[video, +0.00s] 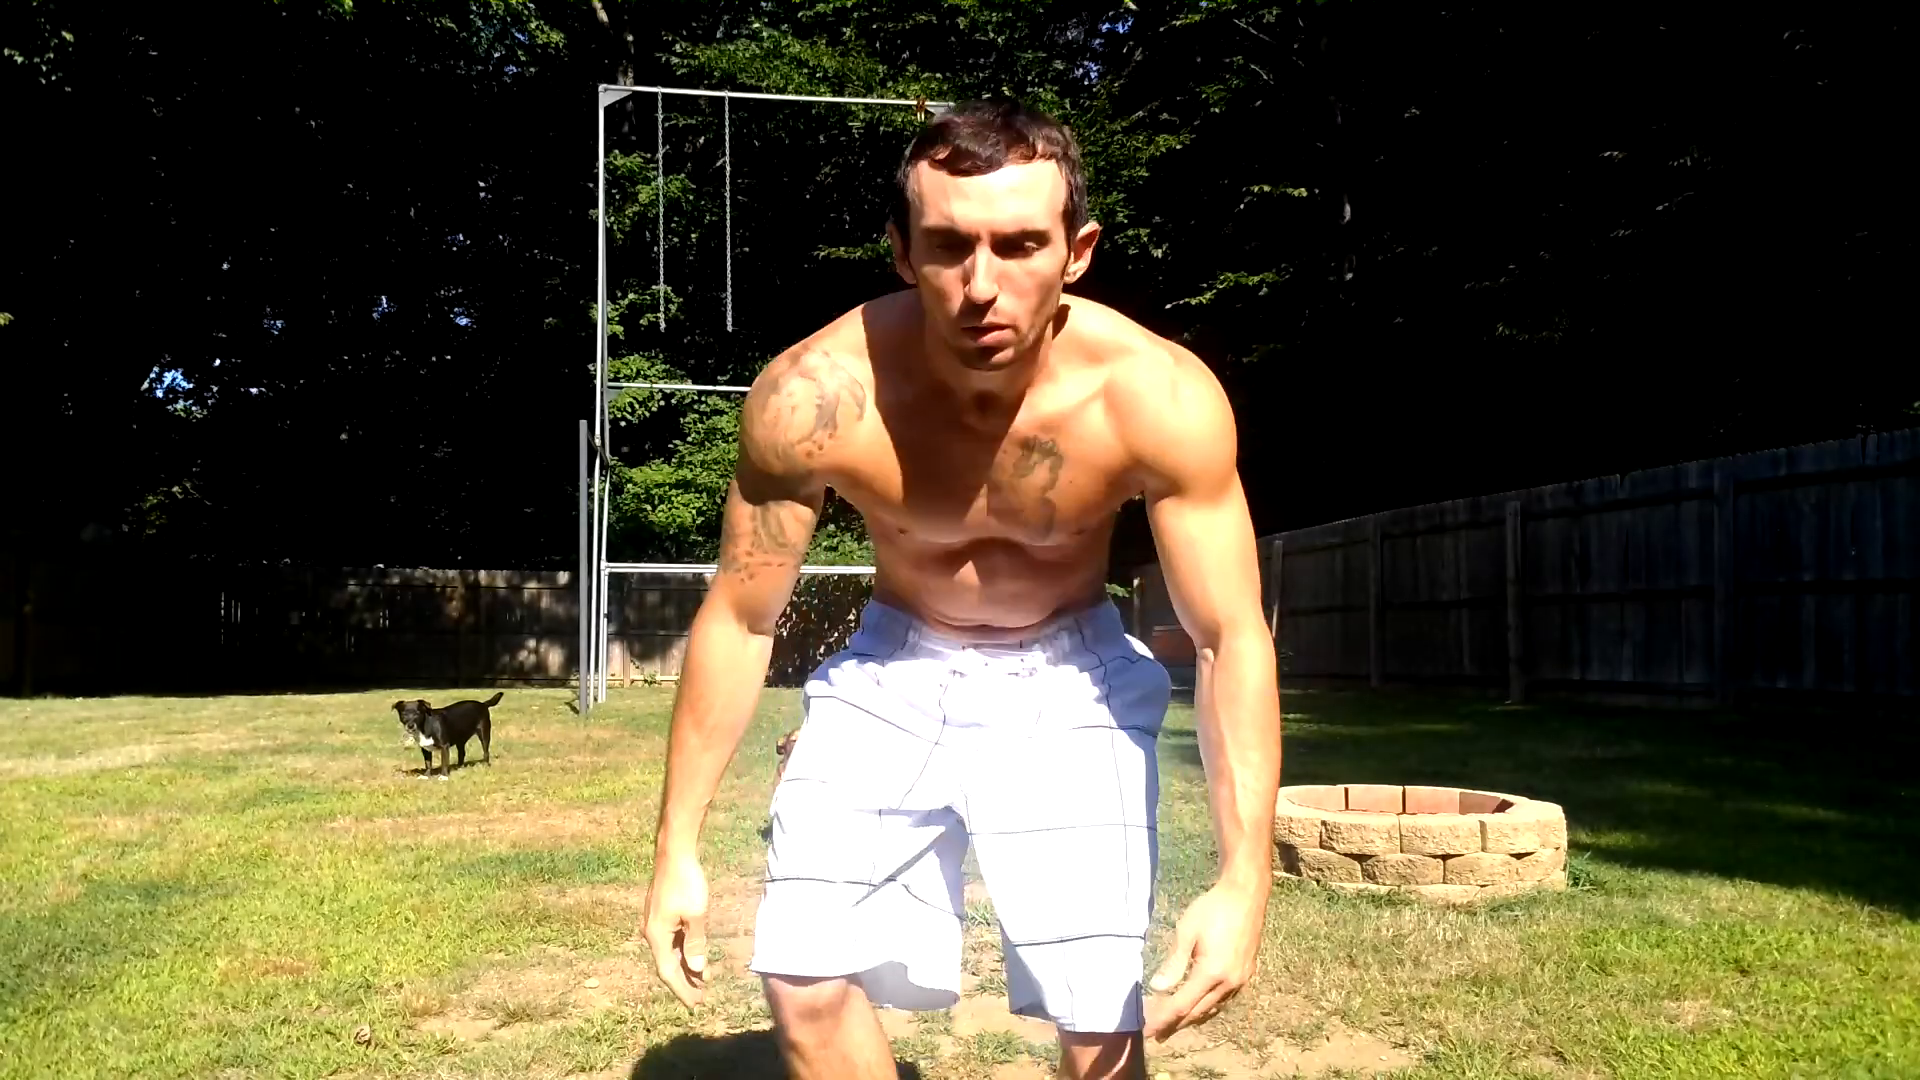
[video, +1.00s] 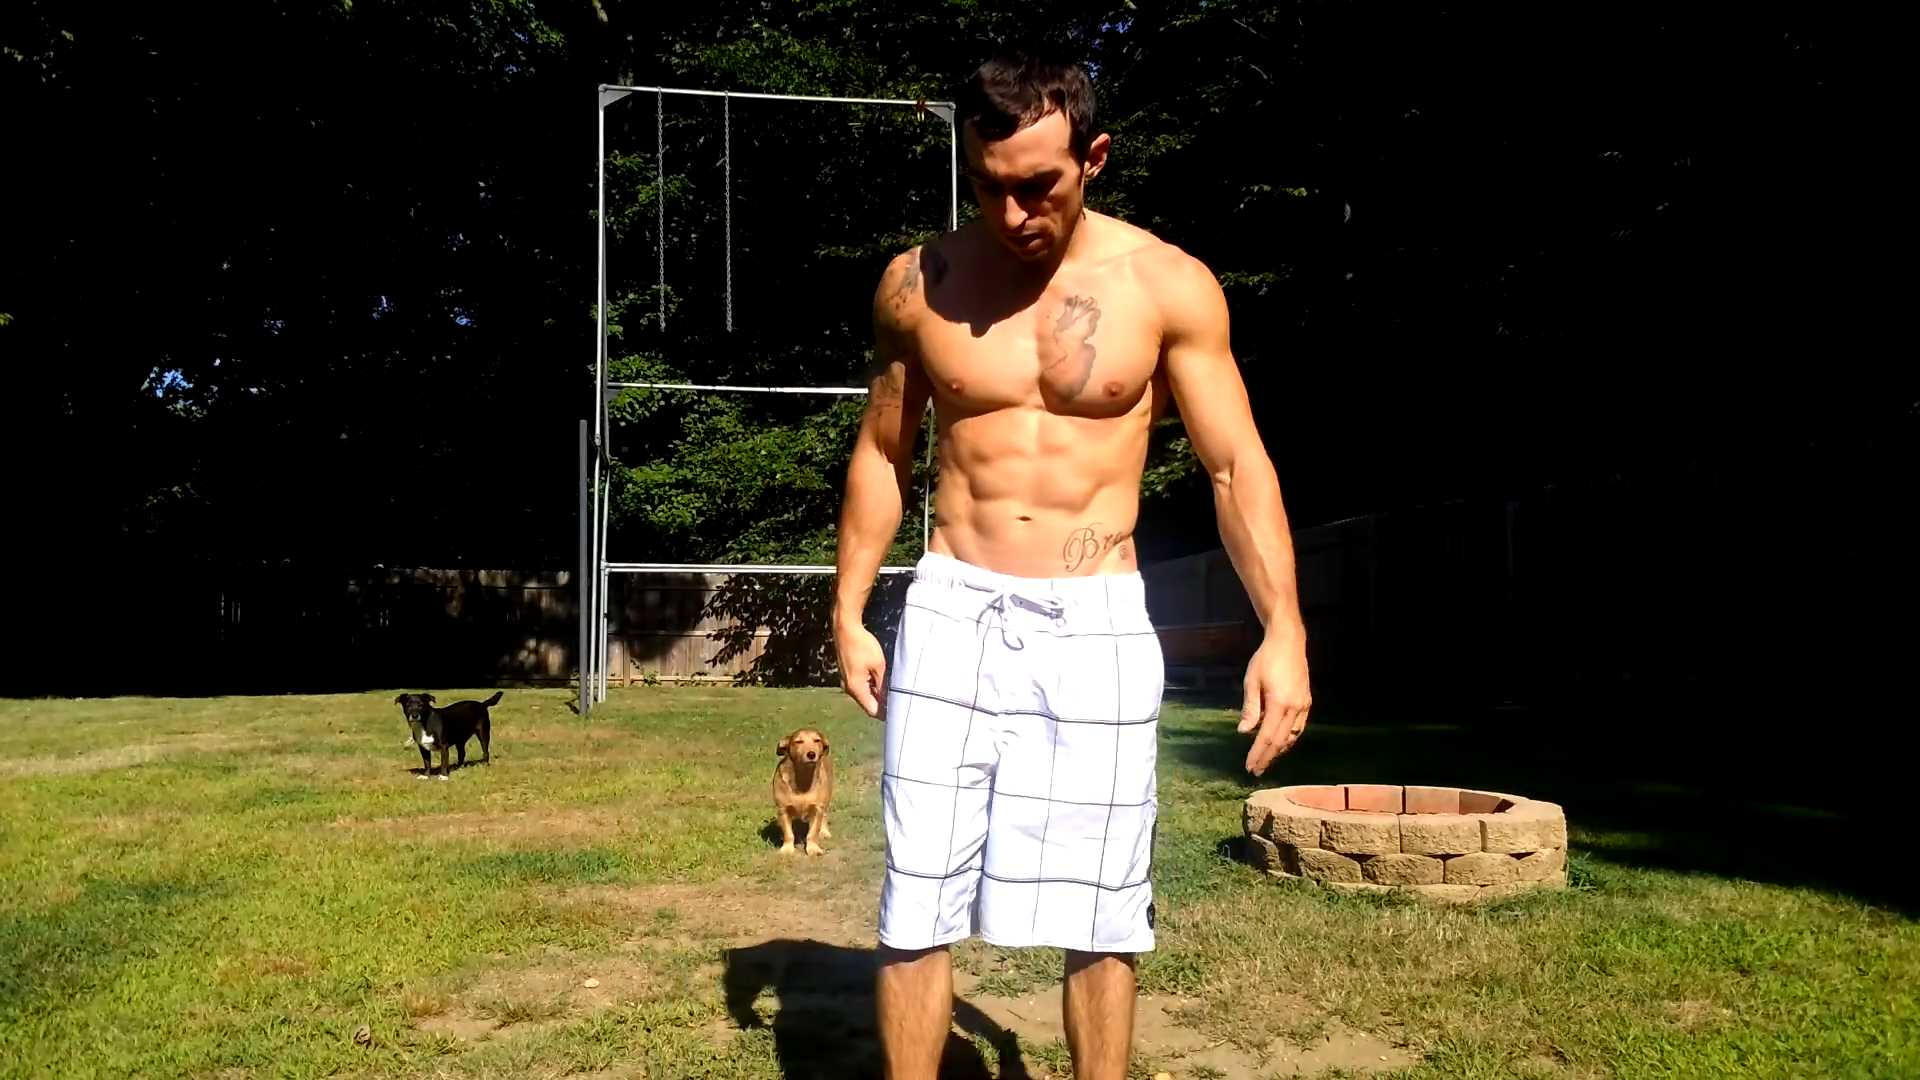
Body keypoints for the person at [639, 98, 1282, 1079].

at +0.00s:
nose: (980, 285)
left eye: (1016, 246)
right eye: (947, 248)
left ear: (1075, 250)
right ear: (905, 252)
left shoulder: (1162, 403)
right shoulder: (812, 399)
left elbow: (1233, 641)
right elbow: (738, 618)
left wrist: (1242, 881)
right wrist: (676, 844)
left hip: (1073, 672)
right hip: (891, 658)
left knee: (1098, 1020)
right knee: (804, 974)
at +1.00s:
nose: (1014, 213)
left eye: (1039, 186)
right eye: (991, 186)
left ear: (1091, 157)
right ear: (967, 161)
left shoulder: (1171, 287)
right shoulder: (919, 282)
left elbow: (1237, 467)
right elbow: (884, 450)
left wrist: (1283, 631)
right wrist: (847, 611)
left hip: (1100, 625)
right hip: (952, 615)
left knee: (1105, 919)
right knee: (914, 911)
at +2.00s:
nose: (973, 135)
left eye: (998, 114)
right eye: (949, 113)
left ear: (1029, 138)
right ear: (916, 135)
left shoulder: (1098, 285)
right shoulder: (841, 284)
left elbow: (1152, 464)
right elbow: (793, 457)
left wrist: (1173, 630)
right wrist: (768, 627)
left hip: (1052, 625)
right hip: (901, 627)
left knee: (1073, 933)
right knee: (904, 941)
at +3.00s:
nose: (958, 112)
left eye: (984, 93)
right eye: (935, 91)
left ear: (1020, 121)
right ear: (905, 115)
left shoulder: (1091, 274)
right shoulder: (828, 274)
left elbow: (1125, 466)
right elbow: (782, 456)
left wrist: (1149, 637)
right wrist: (745, 630)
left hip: (1040, 623)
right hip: (882, 621)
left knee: (1062, 946)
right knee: (877, 949)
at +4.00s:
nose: (968, 113)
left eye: (995, 93)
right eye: (946, 90)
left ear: (1031, 121)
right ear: (915, 114)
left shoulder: (1098, 275)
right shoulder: (840, 276)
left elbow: (1139, 466)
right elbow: (797, 462)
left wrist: (1167, 637)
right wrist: (762, 641)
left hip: (1052, 623)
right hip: (893, 622)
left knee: (1072, 954)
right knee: (886, 950)